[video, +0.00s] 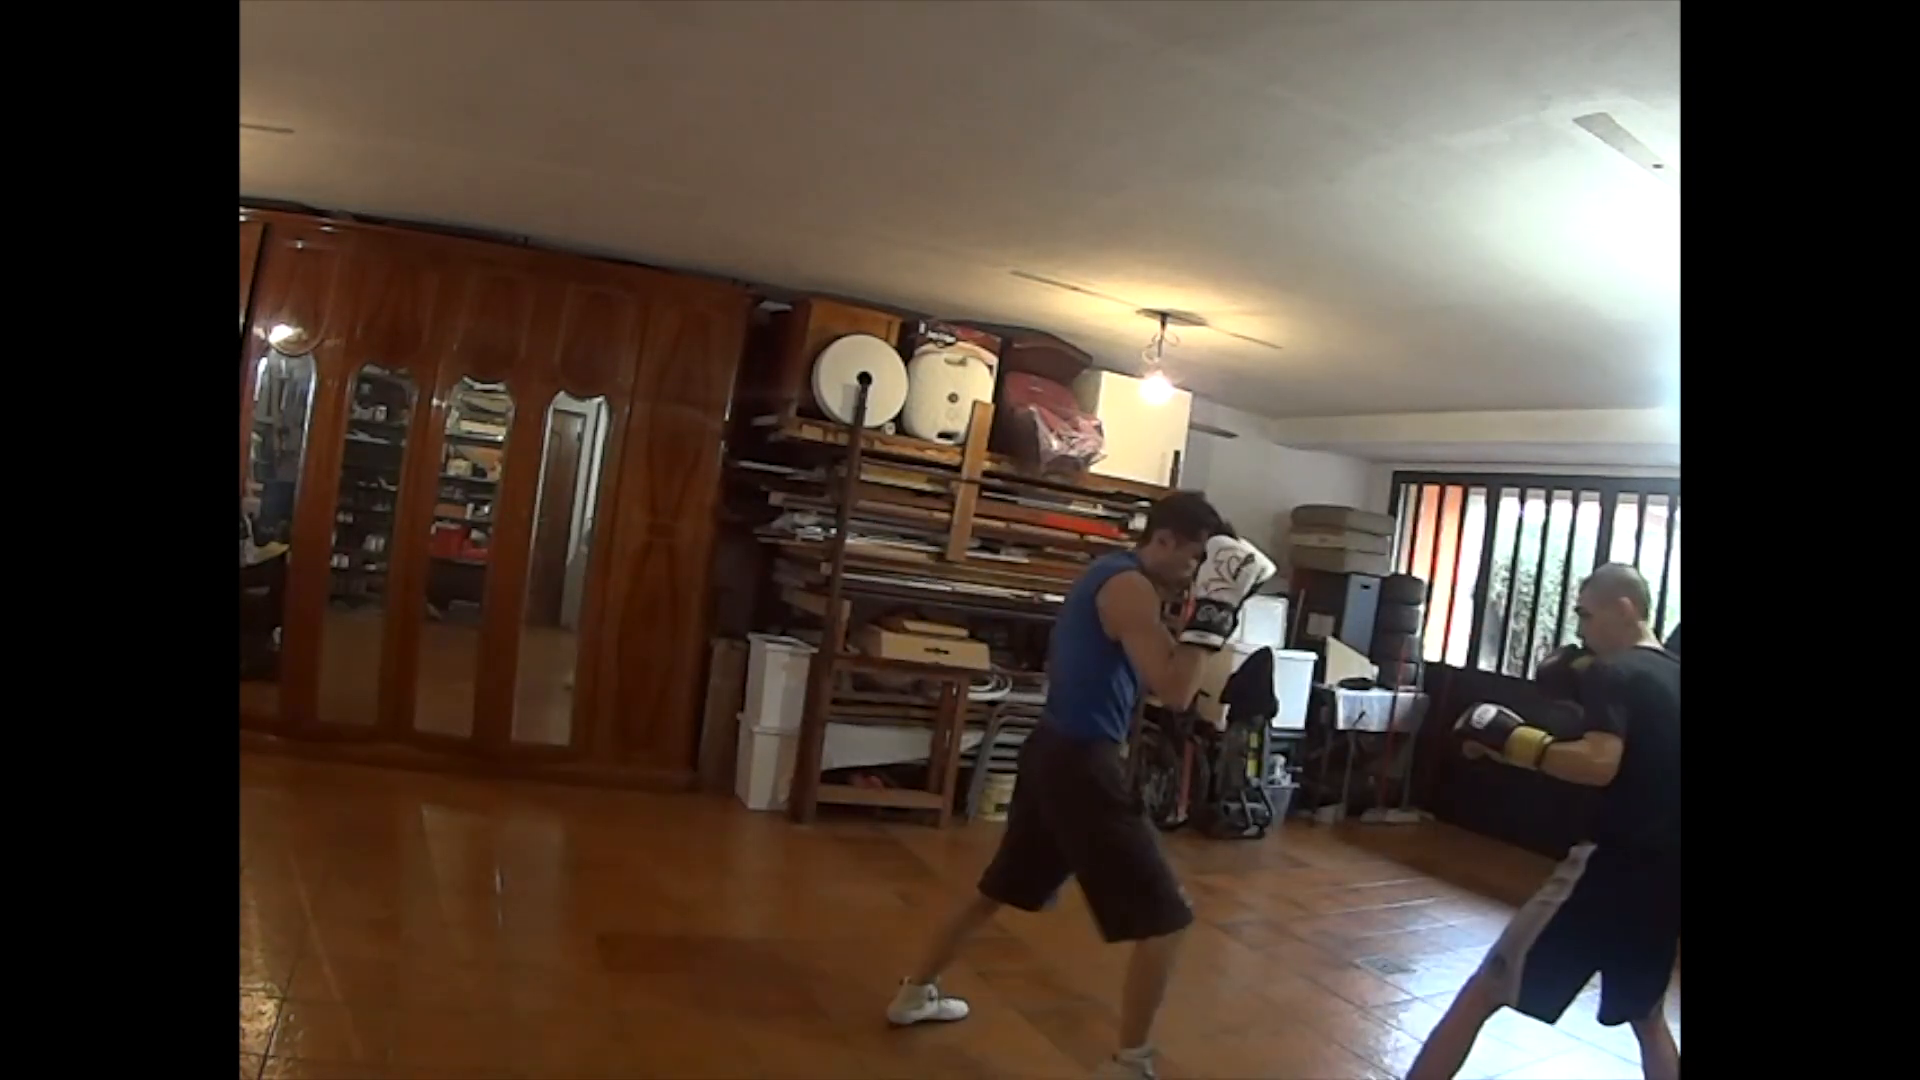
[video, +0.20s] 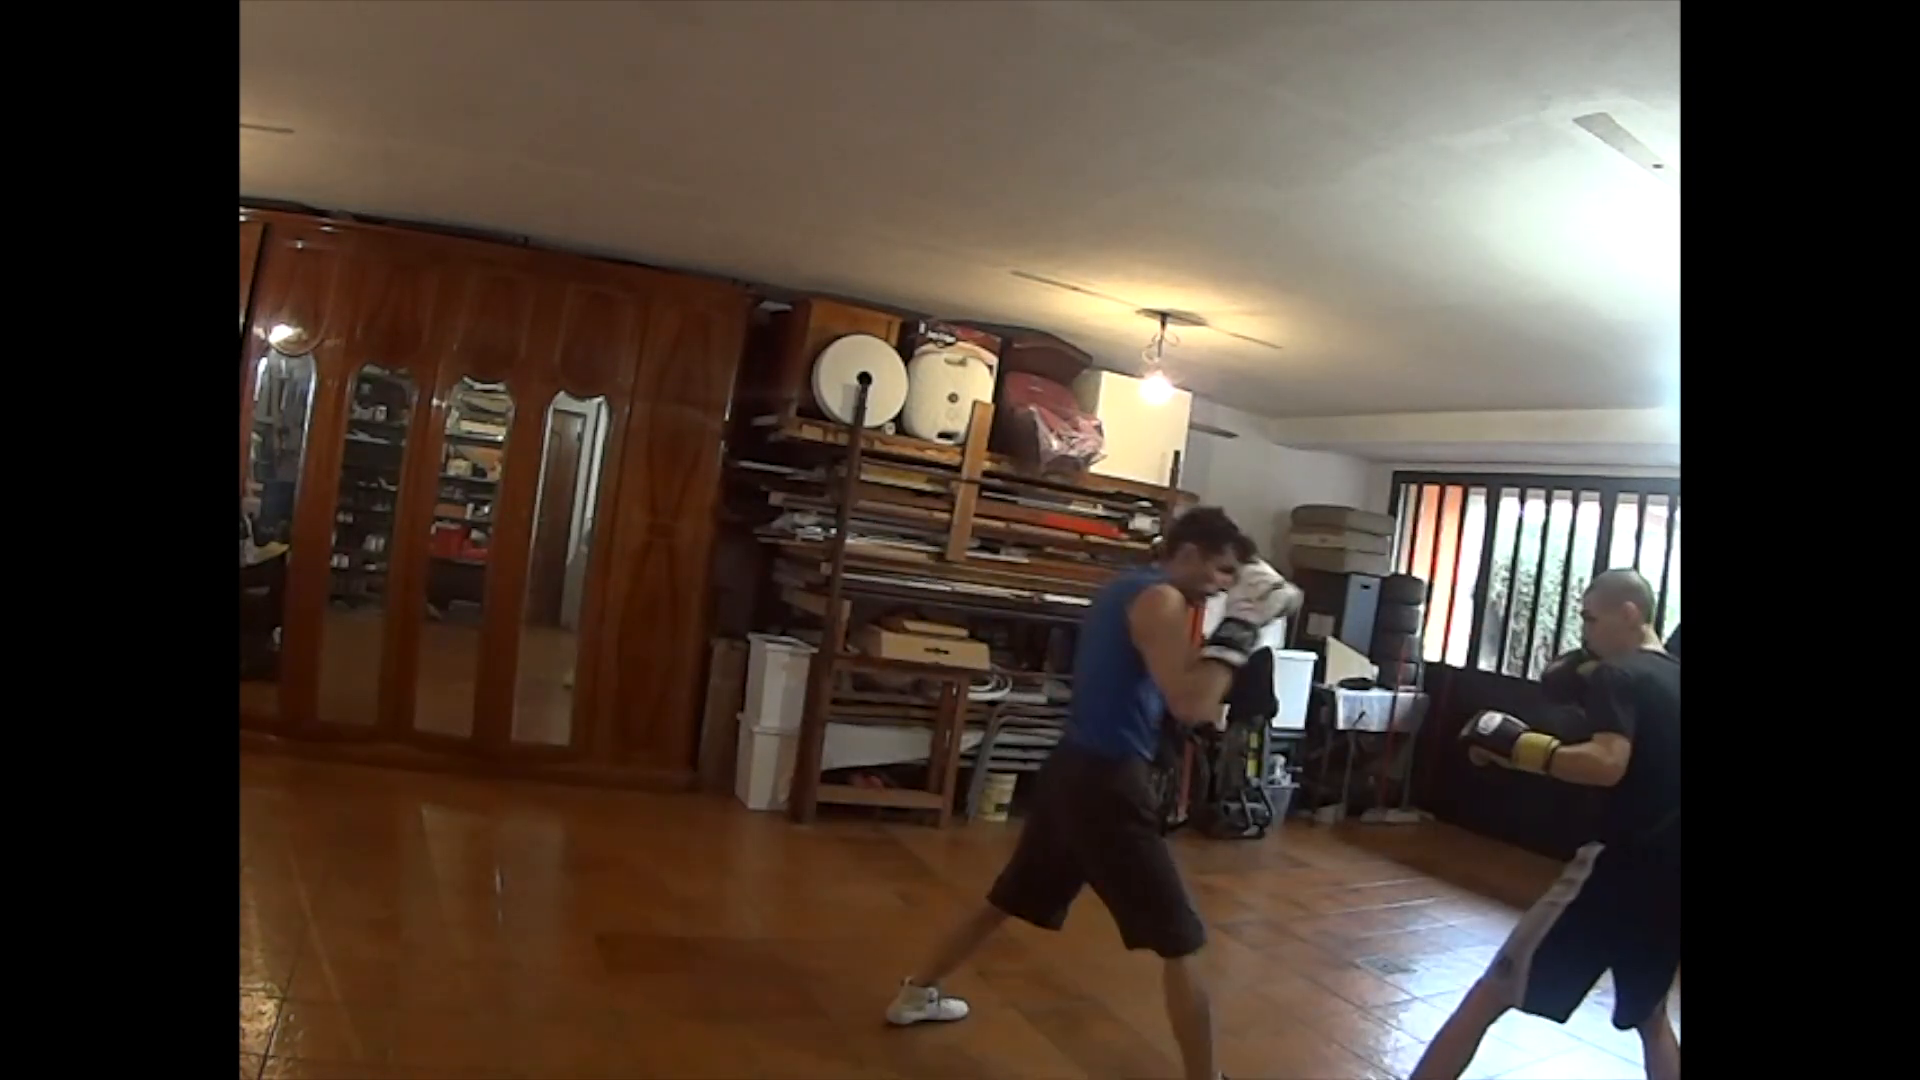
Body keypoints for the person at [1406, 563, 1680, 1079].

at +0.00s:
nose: (1582, 631)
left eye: (1586, 616)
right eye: (1579, 618)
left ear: (1625, 610)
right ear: (1636, 612)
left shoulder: (1615, 672)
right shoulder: (1671, 672)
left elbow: (1600, 762)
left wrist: (1510, 739)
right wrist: (1585, 677)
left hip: (1608, 864)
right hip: (1665, 870)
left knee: (1482, 995)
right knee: (1649, 1016)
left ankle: (1415, 1078)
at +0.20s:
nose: (1585, 634)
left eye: (1590, 619)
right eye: (1583, 621)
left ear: (1629, 612)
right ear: (1638, 615)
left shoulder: (1619, 675)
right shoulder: (1672, 673)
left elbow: (1608, 763)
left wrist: (1516, 746)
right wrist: (1590, 681)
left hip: (1616, 866)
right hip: (1668, 872)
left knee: (1488, 998)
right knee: (1652, 1014)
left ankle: (1418, 1077)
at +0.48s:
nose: (1620, 650)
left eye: (1631, 640)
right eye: (1622, 640)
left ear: (1667, 642)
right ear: (1664, 642)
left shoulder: (1661, 698)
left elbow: (1652, 771)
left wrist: (1564, 737)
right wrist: (1549, 728)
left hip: (1645, 879)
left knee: (1499, 1003)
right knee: (1675, 1020)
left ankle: (1425, 1076)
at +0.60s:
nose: (1640, 656)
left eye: (1648, 644)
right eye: (1640, 645)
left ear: (1680, 644)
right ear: (1670, 647)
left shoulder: (1673, 706)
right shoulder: (1658, 704)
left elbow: (1672, 783)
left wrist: (1594, 758)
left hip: (1661, 882)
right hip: (1657, 879)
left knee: (1519, 992)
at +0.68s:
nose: (1641, 650)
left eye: (1650, 640)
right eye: (1641, 640)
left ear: (1681, 644)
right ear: (1654, 643)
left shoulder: (1672, 703)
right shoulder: (1652, 699)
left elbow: (1672, 783)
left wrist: (1601, 752)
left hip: (1664, 881)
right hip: (1659, 878)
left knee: (1520, 985)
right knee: (1518, 985)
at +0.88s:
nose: (1634, 649)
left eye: (1642, 637)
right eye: (1633, 638)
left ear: (1675, 634)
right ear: (1665, 637)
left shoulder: (1670, 694)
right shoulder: (1657, 691)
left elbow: (1645, 760)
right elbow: (1642, 753)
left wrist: (1580, 692)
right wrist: (1584, 689)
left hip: (1665, 878)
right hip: (1662, 874)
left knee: (1528, 991)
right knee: (1526, 993)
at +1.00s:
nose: (1647, 661)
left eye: (1655, 650)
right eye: (1648, 650)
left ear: (1681, 650)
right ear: (1662, 649)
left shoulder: (1670, 696)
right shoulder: (1663, 695)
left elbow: (1652, 748)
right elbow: (1653, 755)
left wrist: (1594, 676)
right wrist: (1591, 678)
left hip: (1669, 889)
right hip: (1665, 887)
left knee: (1531, 992)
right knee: (1529, 993)